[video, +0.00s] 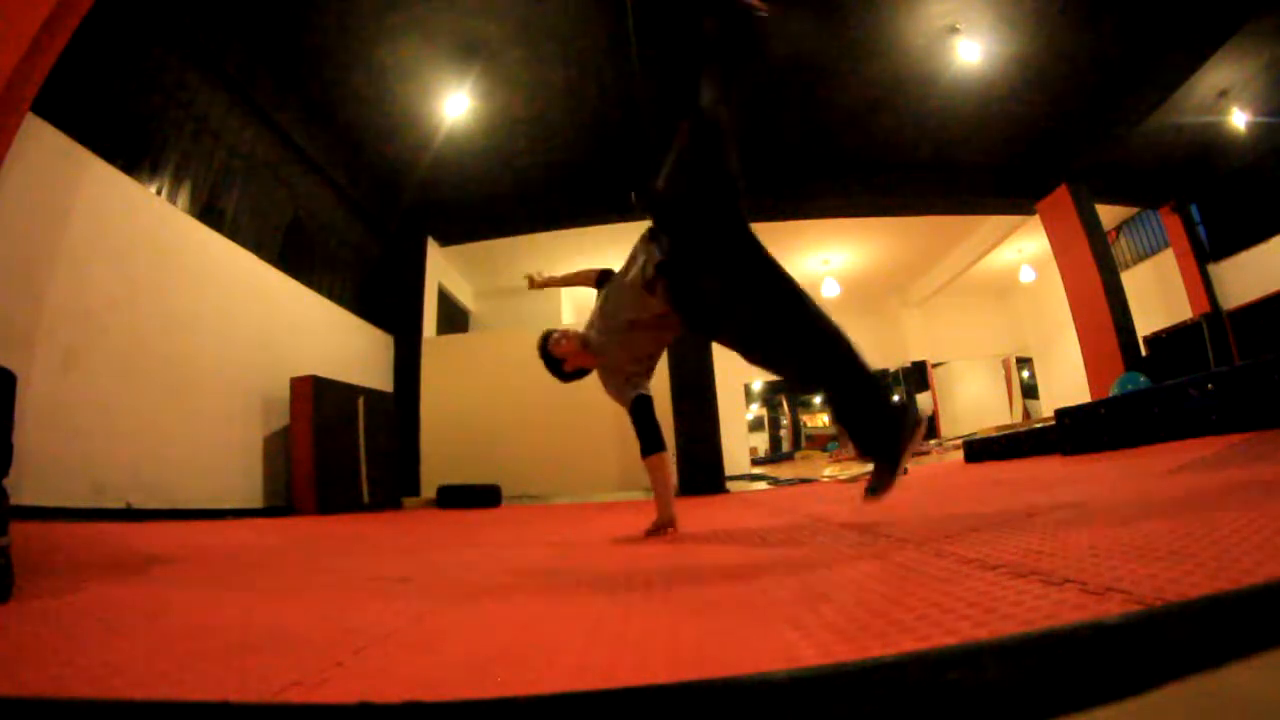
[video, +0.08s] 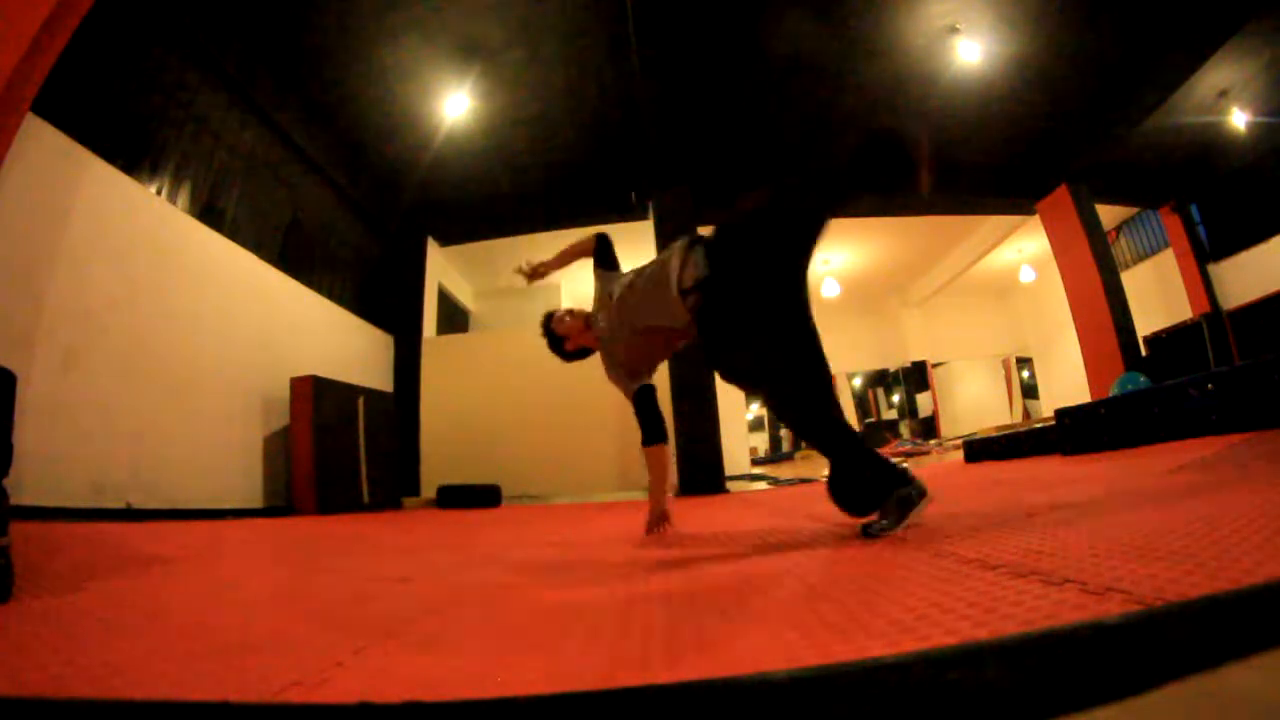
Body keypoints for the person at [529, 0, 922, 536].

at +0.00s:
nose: (562, 338)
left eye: (557, 337)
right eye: (557, 349)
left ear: (566, 332)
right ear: (569, 366)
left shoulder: (604, 309)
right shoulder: (618, 377)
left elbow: (598, 276)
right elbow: (650, 441)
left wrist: (551, 280)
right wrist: (665, 513)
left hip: (681, 233)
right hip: (706, 294)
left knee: (707, 123)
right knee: (796, 348)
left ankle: (737, 30)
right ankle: (884, 432)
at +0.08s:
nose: (566, 314)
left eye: (560, 313)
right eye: (560, 325)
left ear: (576, 312)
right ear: (573, 345)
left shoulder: (608, 292)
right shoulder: (623, 364)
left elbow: (598, 240)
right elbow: (652, 433)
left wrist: (547, 265)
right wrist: (659, 503)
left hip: (729, 257)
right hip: (724, 320)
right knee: (801, 410)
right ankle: (893, 488)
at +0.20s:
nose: (574, 263)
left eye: (568, 260)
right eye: (563, 273)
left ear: (584, 260)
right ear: (571, 298)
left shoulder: (631, 253)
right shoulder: (612, 331)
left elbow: (679, 233)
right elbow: (660, 379)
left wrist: (680, 182)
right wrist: (684, 428)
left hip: (766, 290)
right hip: (739, 338)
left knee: (871, 344)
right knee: (811, 401)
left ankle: (887, 448)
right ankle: (899, 492)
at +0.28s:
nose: (596, 213)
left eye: (589, 211)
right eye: (588, 216)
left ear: (589, 227)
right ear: (587, 233)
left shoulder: (631, 244)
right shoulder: (609, 266)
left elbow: (695, 280)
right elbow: (664, 315)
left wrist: (743, 254)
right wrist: (730, 277)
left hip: (749, 315)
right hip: (737, 325)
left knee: (820, 392)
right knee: (822, 389)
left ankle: (776, 482)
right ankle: (895, 492)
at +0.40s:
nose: (599, 231)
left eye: (594, 225)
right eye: (595, 225)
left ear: (601, 218)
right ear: (625, 190)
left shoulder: (610, 257)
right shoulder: (667, 186)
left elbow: (616, 323)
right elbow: (723, 172)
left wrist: (648, 318)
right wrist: (736, 207)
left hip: (689, 349)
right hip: (731, 322)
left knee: (734, 428)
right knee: (820, 398)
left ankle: (789, 495)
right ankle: (901, 477)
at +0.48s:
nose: (601, 230)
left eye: (599, 222)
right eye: (596, 225)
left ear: (612, 208)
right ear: (632, 195)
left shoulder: (614, 235)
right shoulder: (690, 202)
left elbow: (587, 296)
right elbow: (736, 231)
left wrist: (576, 308)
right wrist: (703, 256)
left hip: (689, 357)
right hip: (737, 339)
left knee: (701, 454)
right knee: (792, 398)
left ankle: (799, 492)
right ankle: (865, 458)